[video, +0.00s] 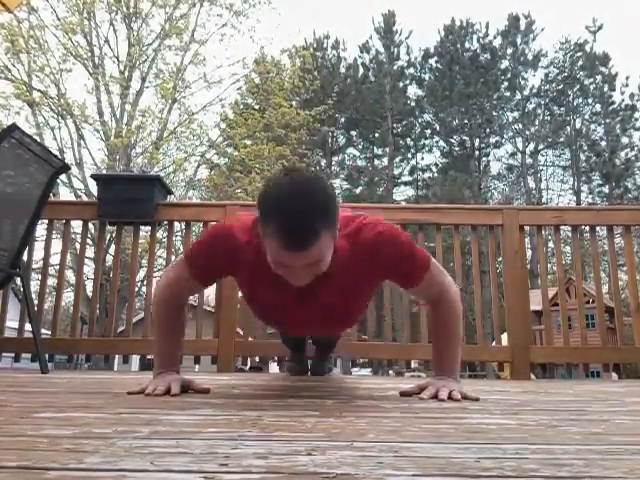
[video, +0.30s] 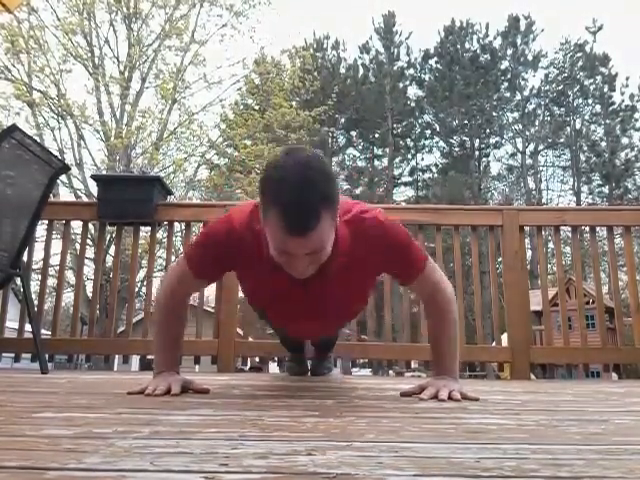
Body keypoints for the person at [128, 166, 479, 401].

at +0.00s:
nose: (298, 277)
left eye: (311, 266)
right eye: (283, 267)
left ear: (336, 234)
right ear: (261, 237)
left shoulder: (377, 241)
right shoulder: (232, 241)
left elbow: (443, 293)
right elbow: (169, 289)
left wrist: (446, 377)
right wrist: (166, 369)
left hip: (337, 315)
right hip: (278, 314)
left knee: (326, 341)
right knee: (293, 340)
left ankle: (322, 357)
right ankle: (296, 356)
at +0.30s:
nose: (299, 265)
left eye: (313, 251)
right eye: (284, 252)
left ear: (336, 217)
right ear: (263, 222)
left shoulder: (372, 230)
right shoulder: (233, 232)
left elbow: (438, 290)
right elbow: (172, 289)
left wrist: (445, 375)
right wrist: (166, 371)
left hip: (335, 320)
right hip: (279, 320)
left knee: (325, 343)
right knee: (291, 343)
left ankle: (322, 359)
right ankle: (295, 358)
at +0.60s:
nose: (297, 381)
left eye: (312, 371)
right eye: (280, 372)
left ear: (336, 326)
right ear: (256, 323)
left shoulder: (370, 294)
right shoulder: (233, 292)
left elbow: (449, 291)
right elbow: (161, 287)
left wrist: (446, 375)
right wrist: (164, 369)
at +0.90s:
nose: (295, 250)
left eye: (309, 237)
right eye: (280, 237)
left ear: (333, 204)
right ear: (261, 211)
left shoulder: (375, 221)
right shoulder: (232, 223)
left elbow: (435, 289)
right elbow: (176, 285)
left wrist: (446, 376)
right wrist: (166, 371)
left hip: (335, 308)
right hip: (280, 309)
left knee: (325, 340)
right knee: (293, 341)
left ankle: (322, 360)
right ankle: (296, 360)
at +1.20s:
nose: (296, 338)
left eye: (308, 326)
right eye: (280, 329)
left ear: (331, 286)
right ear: (255, 290)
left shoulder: (368, 268)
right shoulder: (229, 269)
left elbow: (447, 292)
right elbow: (160, 292)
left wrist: (446, 375)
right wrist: (165, 370)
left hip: (336, 349)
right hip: (269, 349)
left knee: (322, 361)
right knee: (283, 359)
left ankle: (318, 365)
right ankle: (295, 362)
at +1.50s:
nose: (295, 336)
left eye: (308, 324)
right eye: (280, 328)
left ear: (332, 283)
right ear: (255, 289)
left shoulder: (373, 270)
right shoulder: (226, 268)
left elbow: (450, 291)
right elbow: (160, 289)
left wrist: (447, 376)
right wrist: (164, 370)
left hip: (338, 341)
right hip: (271, 344)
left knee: (325, 361)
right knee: (286, 362)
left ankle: (325, 362)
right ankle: (293, 360)